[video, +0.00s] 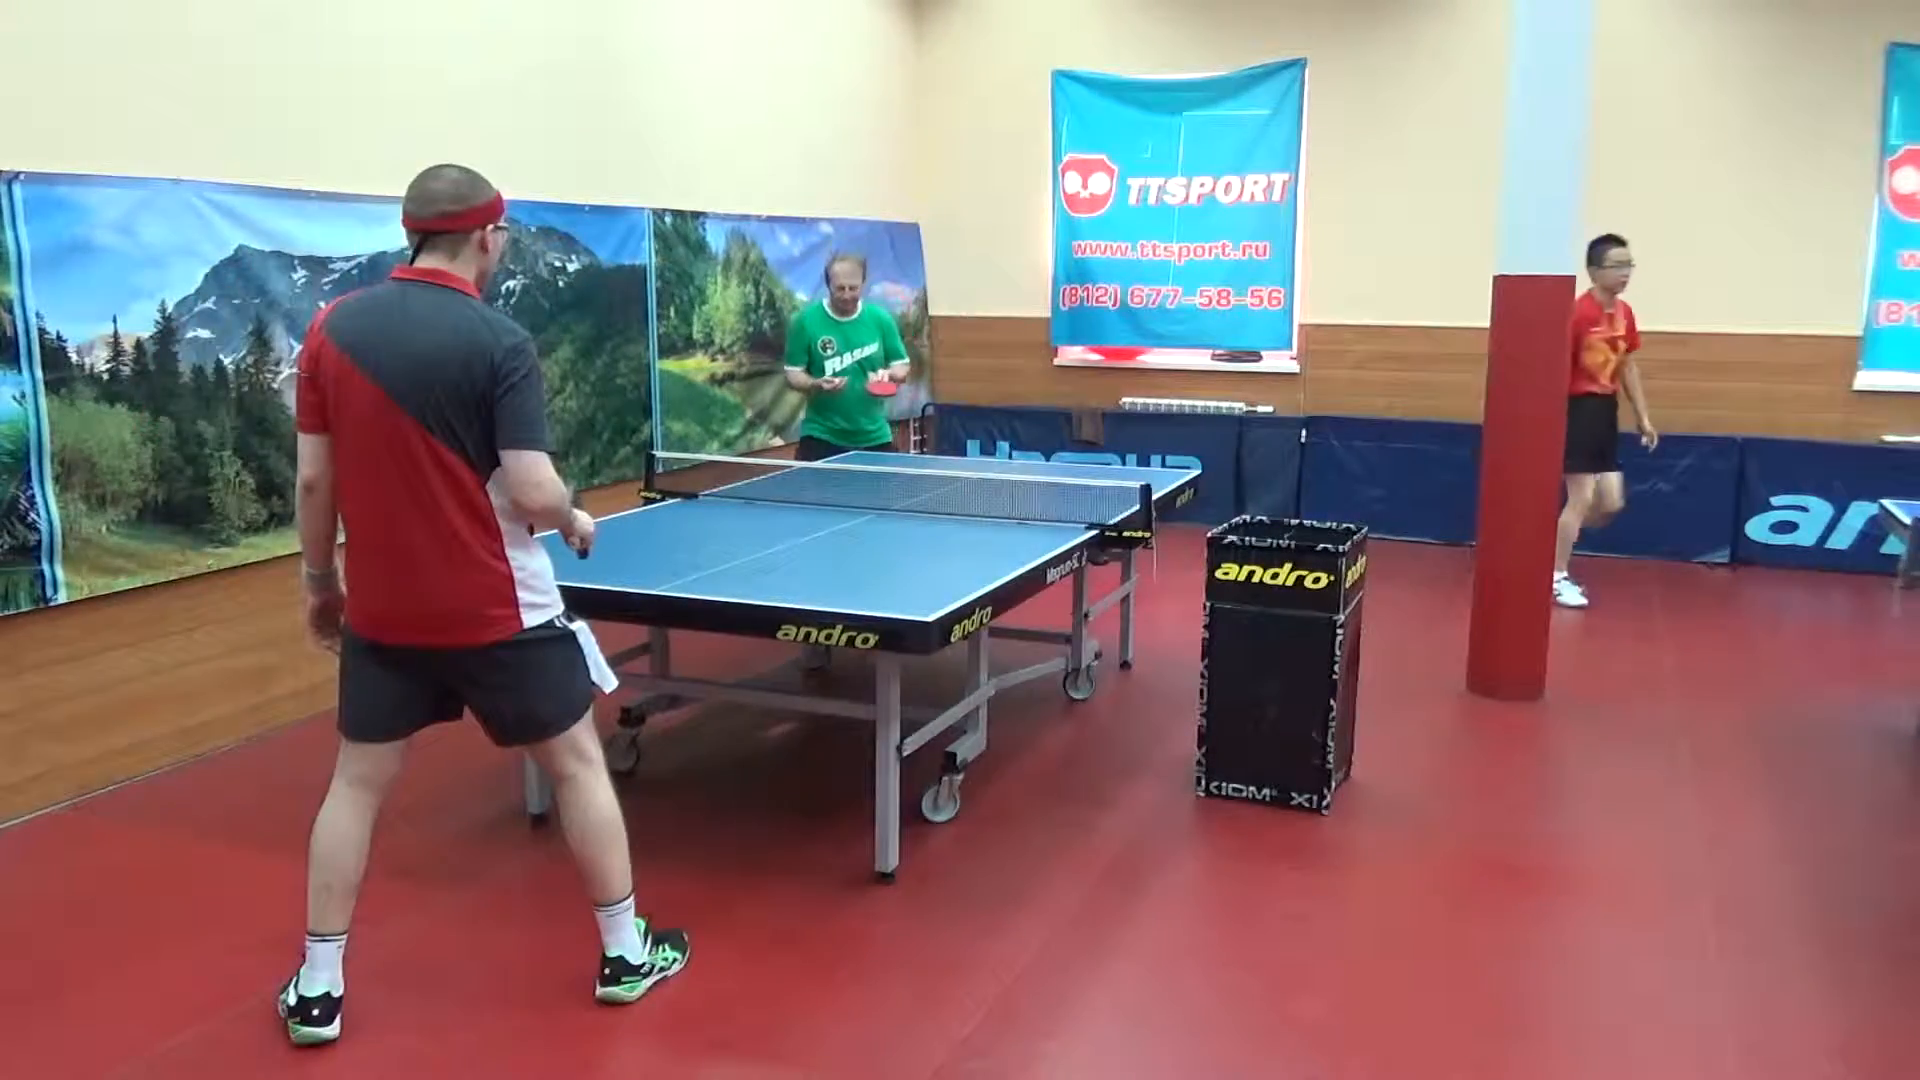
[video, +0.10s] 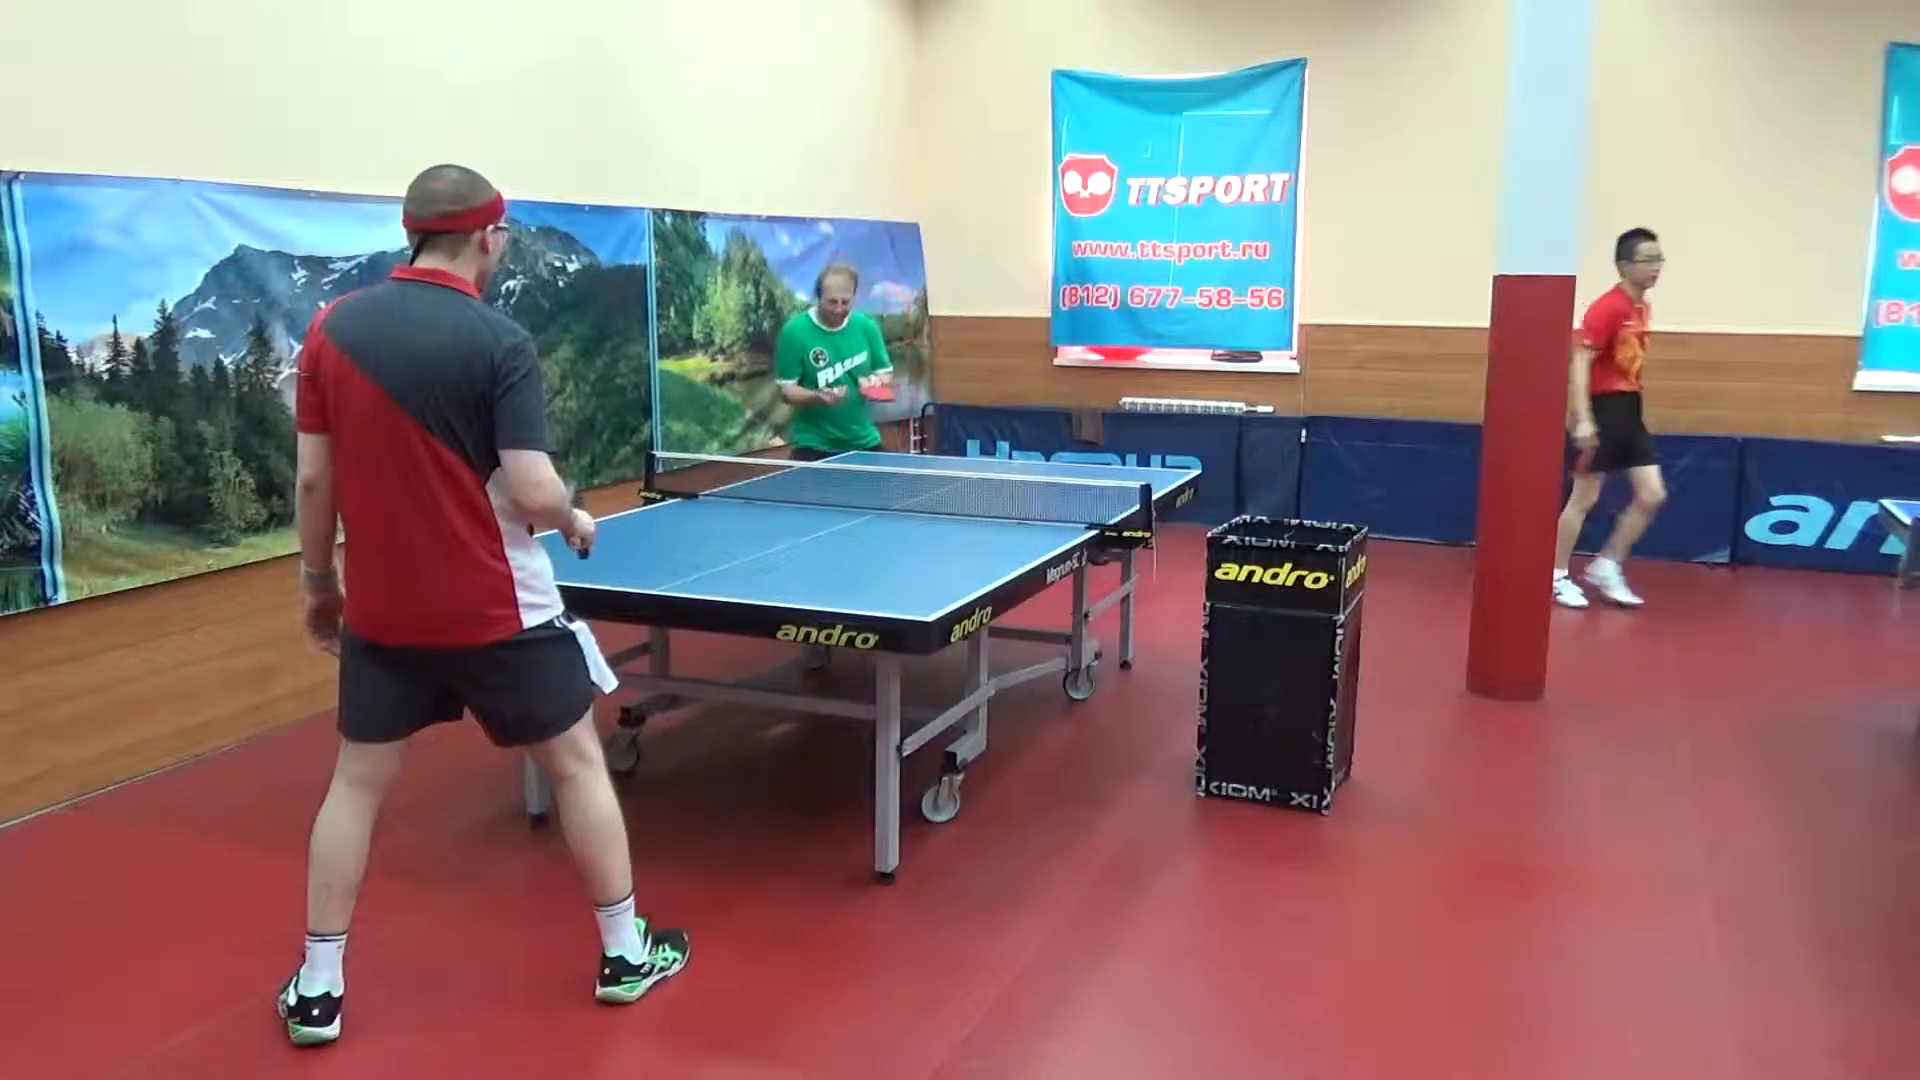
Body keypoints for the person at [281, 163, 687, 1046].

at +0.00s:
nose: (504, 248)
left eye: (498, 234)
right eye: (502, 235)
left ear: (412, 236)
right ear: (487, 236)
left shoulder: (333, 327)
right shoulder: (498, 342)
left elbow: (314, 476)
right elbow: (528, 491)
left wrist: (319, 578)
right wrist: (570, 518)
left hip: (382, 606)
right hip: (496, 608)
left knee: (356, 783)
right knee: (576, 762)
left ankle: (316, 986)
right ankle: (626, 950)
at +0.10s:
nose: (505, 248)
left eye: (498, 234)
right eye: (503, 235)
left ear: (412, 236)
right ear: (487, 236)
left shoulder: (333, 327)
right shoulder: (498, 342)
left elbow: (314, 476)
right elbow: (528, 490)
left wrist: (317, 579)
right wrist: (571, 517)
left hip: (381, 606)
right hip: (496, 608)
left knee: (356, 783)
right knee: (576, 762)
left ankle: (316, 986)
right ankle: (626, 950)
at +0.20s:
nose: (505, 249)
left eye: (500, 235)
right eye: (503, 236)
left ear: (413, 236)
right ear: (487, 237)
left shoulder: (334, 326)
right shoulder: (498, 342)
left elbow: (313, 476)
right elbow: (529, 492)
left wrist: (315, 579)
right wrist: (572, 519)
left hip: (381, 605)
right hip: (495, 606)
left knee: (356, 784)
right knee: (576, 763)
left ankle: (317, 987)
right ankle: (625, 948)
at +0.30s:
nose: (507, 251)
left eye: (501, 238)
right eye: (505, 238)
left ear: (416, 237)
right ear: (489, 237)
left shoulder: (334, 326)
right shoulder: (499, 342)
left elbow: (313, 476)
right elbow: (530, 493)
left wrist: (314, 579)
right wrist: (572, 519)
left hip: (380, 604)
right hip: (496, 606)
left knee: (356, 783)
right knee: (576, 762)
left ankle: (316, 988)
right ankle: (625, 948)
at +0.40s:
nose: (509, 250)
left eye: (502, 237)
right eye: (507, 237)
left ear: (418, 238)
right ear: (491, 238)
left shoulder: (336, 326)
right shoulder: (501, 343)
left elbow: (314, 475)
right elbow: (531, 493)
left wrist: (314, 579)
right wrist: (571, 519)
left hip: (380, 605)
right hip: (496, 607)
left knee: (356, 783)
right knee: (576, 763)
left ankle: (316, 988)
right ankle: (626, 948)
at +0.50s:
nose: (509, 253)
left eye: (503, 239)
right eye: (509, 240)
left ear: (420, 237)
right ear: (494, 238)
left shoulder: (338, 326)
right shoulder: (503, 341)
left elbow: (314, 475)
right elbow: (531, 492)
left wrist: (315, 579)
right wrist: (570, 518)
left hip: (380, 606)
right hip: (496, 607)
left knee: (356, 784)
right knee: (576, 765)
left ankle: (316, 988)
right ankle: (626, 949)